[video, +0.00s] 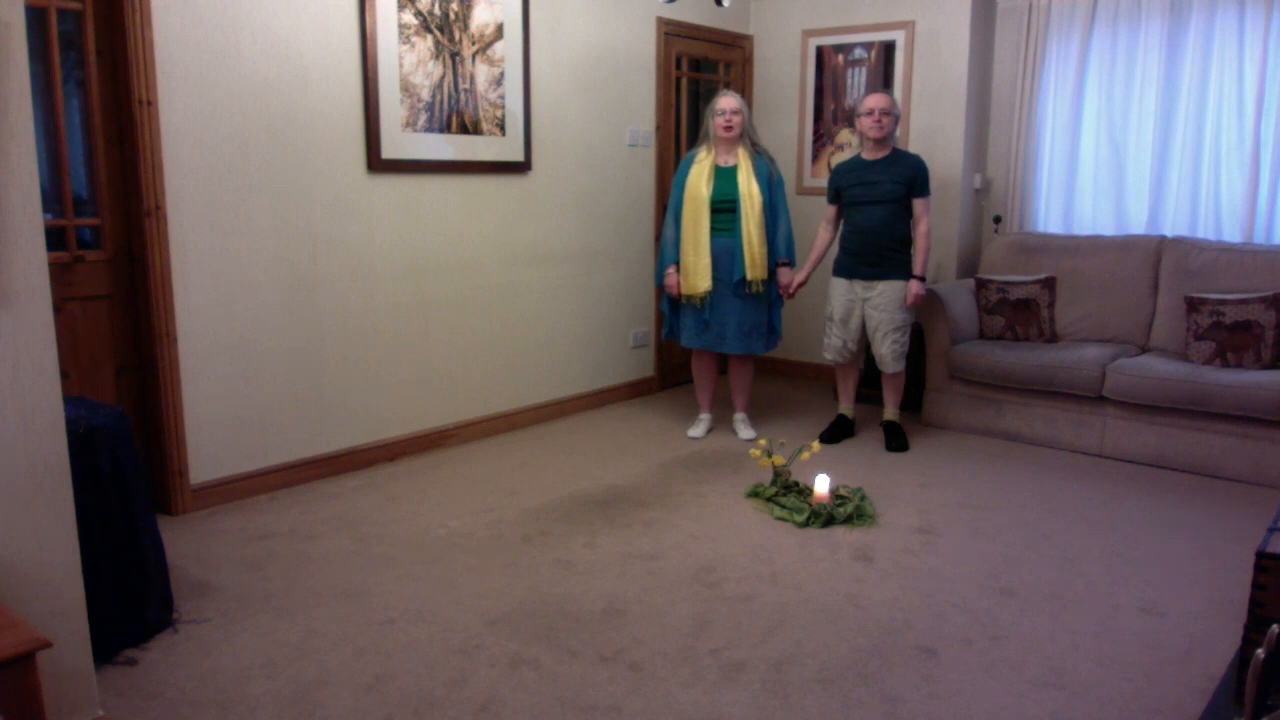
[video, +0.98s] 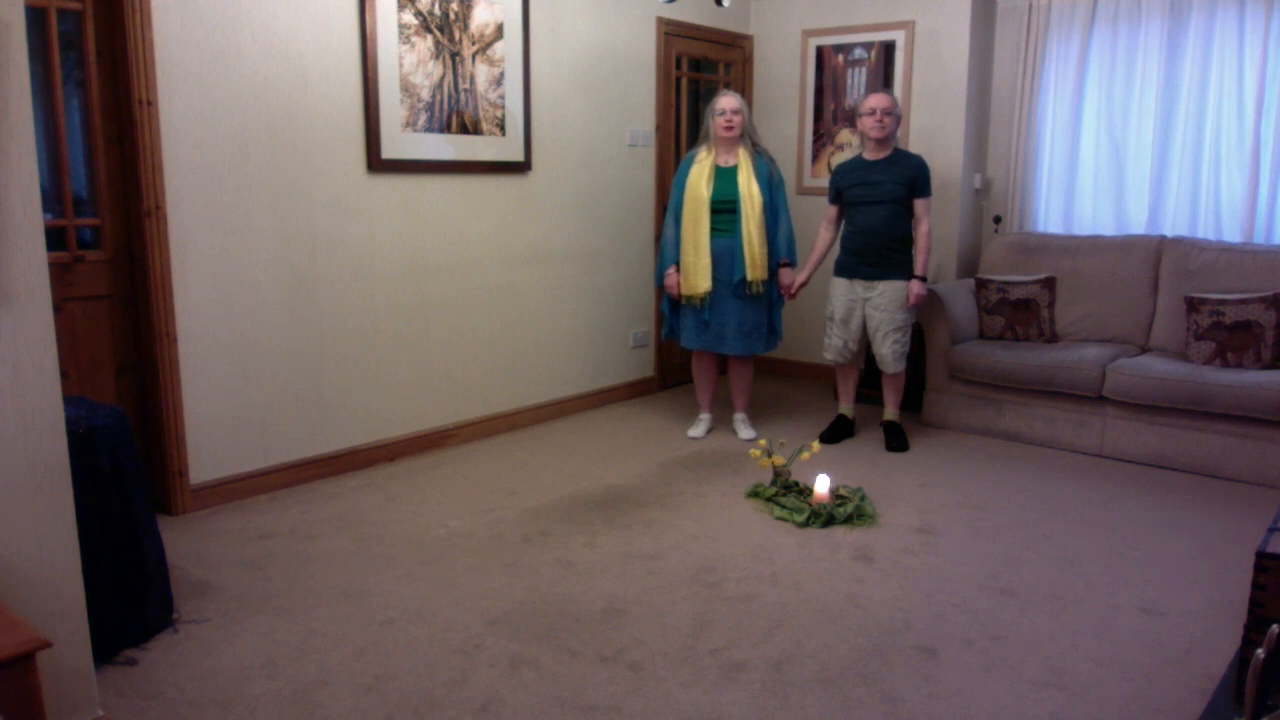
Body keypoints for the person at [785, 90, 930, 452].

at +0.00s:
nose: (877, 119)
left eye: (885, 114)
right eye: (870, 114)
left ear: (896, 121)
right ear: (857, 122)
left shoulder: (912, 167)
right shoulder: (842, 172)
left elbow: (922, 224)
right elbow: (828, 227)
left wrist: (918, 276)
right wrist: (804, 272)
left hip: (892, 279)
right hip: (847, 277)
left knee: (891, 354)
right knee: (843, 349)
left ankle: (891, 420)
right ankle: (845, 415)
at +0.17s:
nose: (877, 119)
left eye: (885, 113)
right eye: (870, 114)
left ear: (896, 121)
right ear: (857, 122)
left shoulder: (912, 167)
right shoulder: (842, 172)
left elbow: (922, 225)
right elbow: (828, 227)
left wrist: (918, 276)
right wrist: (804, 273)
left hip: (892, 279)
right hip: (847, 277)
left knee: (891, 354)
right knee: (843, 349)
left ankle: (891, 420)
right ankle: (845, 415)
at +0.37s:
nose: (878, 118)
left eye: (885, 113)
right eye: (870, 113)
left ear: (897, 121)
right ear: (857, 122)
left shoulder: (912, 167)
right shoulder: (842, 172)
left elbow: (922, 224)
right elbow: (829, 227)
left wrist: (918, 276)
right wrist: (805, 273)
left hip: (893, 278)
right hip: (847, 277)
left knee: (891, 354)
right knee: (843, 349)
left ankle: (891, 420)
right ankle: (845, 415)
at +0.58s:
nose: (878, 119)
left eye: (886, 113)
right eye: (871, 113)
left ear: (897, 121)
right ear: (858, 122)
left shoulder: (912, 167)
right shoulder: (843, 172)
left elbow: (922, 224)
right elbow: (829, 227)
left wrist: (919, 276)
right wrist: (805, 273)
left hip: (893, 279)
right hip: (848, 277)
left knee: (891, 354)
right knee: (844, 349)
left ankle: (891, 420)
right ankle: (845, 415)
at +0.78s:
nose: (879, 119)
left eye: (886, 113)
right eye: (871, 113)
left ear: (897, 121)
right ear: (858, 122)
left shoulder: (913, 167)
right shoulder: (843, 172)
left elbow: (922, 225)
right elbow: (829, 227)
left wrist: (919, 276)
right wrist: (805, 273)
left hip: (893, 279)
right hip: (848, 277)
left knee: (891, 354)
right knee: (843, 349)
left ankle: (892, 420)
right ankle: (845, 415)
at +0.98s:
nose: (879, 119)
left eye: (886, 113)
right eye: (871, 114)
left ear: (898, 121)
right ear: (858, 122)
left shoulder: (913, 167)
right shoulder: (843, 172)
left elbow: (922, 224)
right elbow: (829, 227)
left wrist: (919, 276)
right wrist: (805, 273)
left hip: (893, 279)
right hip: (848, 277)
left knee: (892, 354)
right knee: (844, 349)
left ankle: (892, 420)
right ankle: (845, 415)